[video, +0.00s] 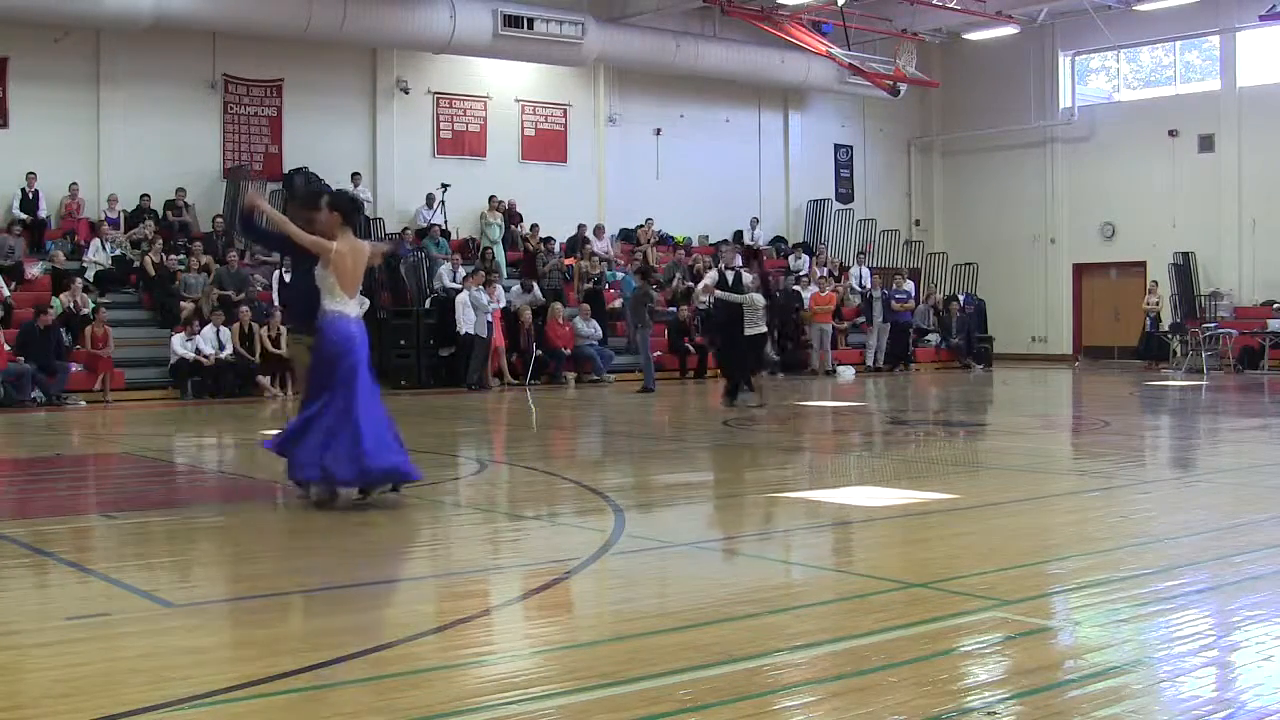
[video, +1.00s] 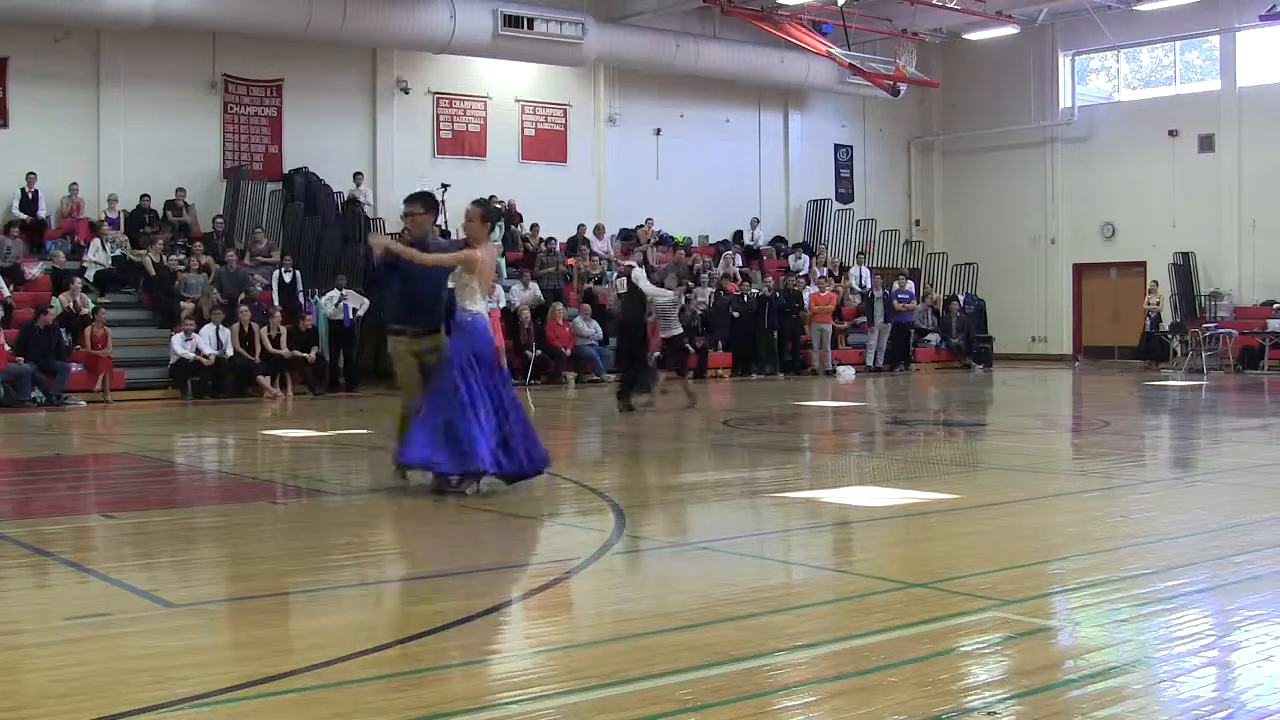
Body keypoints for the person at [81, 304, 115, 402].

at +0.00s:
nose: (105, 315)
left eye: (106, 312)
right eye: (103, 313)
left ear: (106, 314)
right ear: (96, 315)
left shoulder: (108, 330)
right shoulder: (89, 329)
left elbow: (111, 347)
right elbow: (88, 348)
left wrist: (103, 352)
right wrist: (100, 352)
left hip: (103, 355)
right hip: (92, 356)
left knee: (106, 360)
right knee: (106, 365)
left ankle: (98, 382)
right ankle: (107, 394)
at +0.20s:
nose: (106, 315)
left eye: (106, 313)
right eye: (103, 313)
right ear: (96, 316)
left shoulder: (108, 330)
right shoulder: (89, 330)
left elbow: (109, 349)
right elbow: (89, 349)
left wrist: (103, 352)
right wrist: (100, 352)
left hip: (103, 355)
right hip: (92, 356)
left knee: (106, 360)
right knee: (106, 365)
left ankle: (99, 382)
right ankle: (107, 394)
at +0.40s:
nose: (106, 316)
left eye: (106, 313)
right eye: (103, 313)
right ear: (96, 316)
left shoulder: (108, 330)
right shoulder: (88, 330)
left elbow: (110, 348)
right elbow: (89, 349)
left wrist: (104, 352)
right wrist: (100, 352)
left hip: (103, 354)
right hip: (92, 355)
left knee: (105, 359)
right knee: (106, 366)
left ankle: (99, 382)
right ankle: (107, 394)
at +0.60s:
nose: (106, 315)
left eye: (105, 313)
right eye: (103, 313)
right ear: (96, 316)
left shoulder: (108, 330)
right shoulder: (88, 330)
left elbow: (109, 348)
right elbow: (88, 349)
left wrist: (104, 351)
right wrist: (100, 352)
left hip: (103, 355)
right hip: (92, 356)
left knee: (105, 359)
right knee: (106, 366)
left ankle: (99, 382)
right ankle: (107, 394)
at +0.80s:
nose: (105, 316)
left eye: (105, 313)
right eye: (102, 314)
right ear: (95, 316)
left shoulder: (107, 330)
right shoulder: (88, 330)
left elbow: (109, 348)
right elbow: (89, 350)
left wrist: (104, 352)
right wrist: (101, 352)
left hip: (103, 355)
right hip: (92, 355)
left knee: (104, 360)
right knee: (106, 365)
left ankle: (99, 382)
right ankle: (107, 394)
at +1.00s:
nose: (105, 316)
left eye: (105, 313)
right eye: (102, 314)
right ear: (95, 316)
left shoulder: (107, 330)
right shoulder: (88, 330)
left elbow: (109, 348)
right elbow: (89, 350)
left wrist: (104, 352)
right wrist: (101, 352)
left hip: (103, 355)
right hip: (92, 355)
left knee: (104, 359)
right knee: (106, 365)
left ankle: (99, 382)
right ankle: (107, 394)